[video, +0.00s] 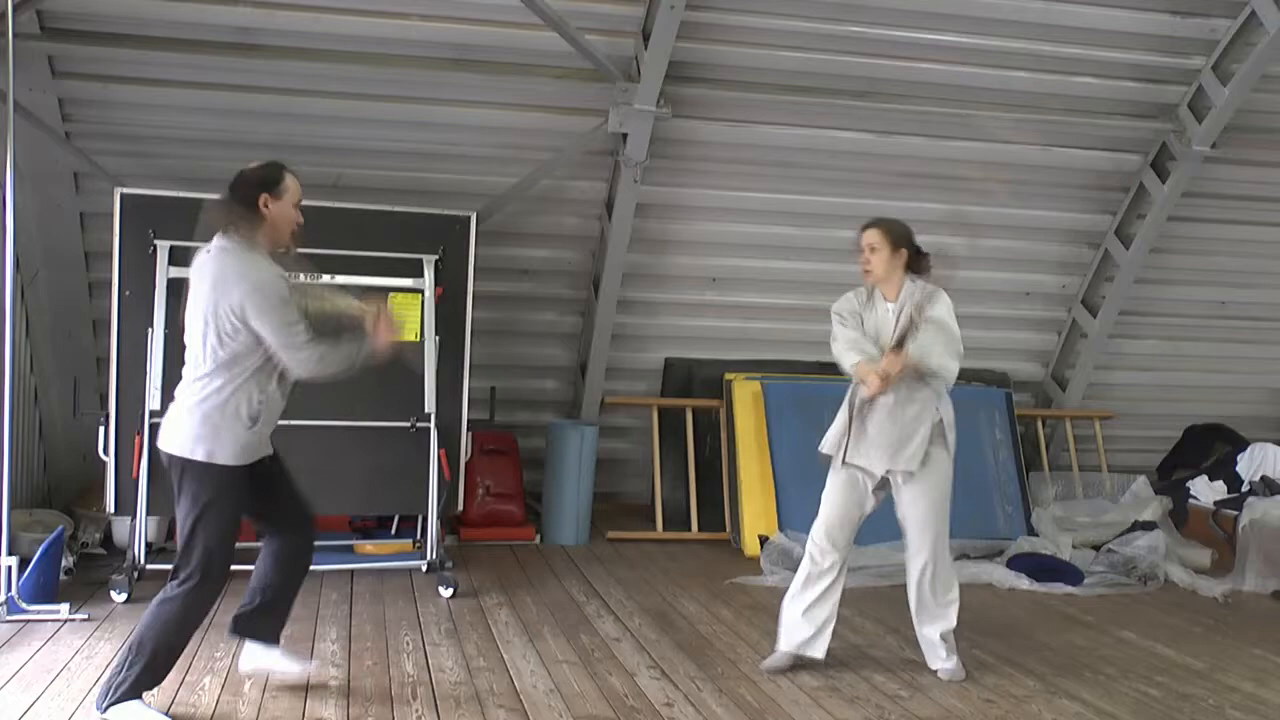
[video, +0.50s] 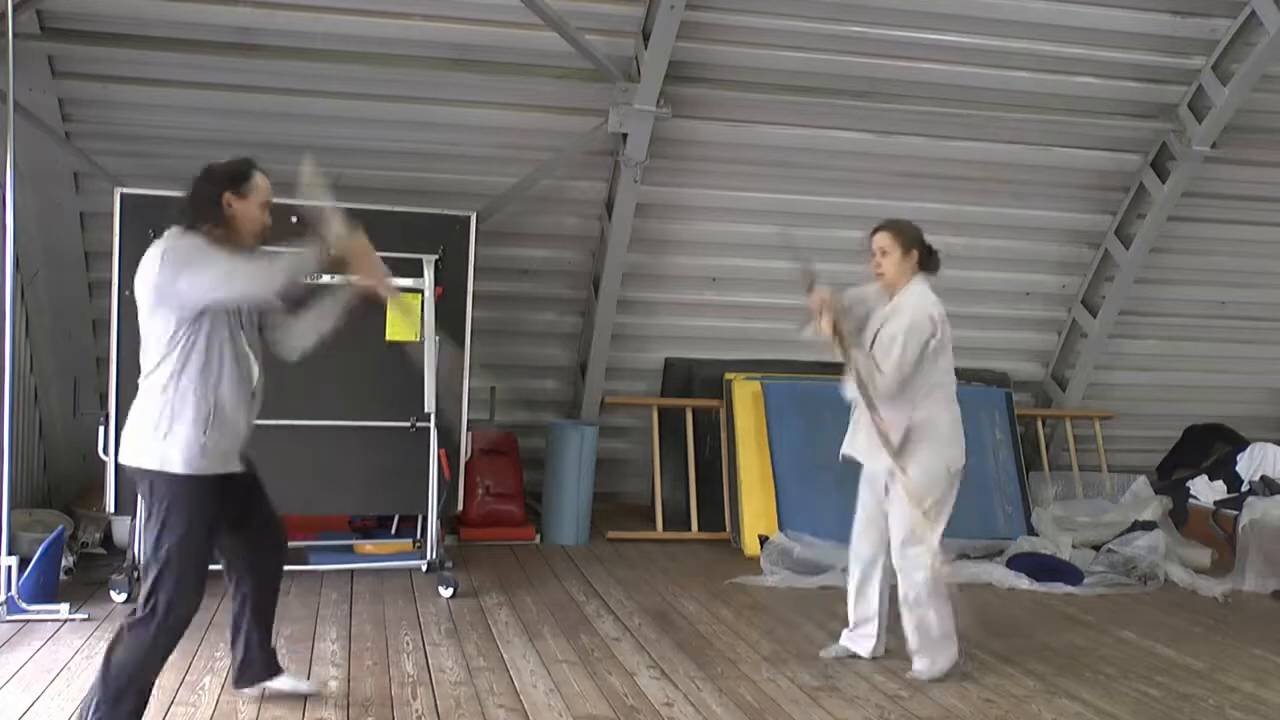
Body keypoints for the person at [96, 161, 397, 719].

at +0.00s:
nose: (301, 217)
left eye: (301, 206)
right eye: (296, 205)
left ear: (262, 204)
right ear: (266, 204)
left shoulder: (221, 255)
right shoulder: (255, 274)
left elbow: (293, 299)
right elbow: (304, 360)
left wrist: (355, 309)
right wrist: (373, 345)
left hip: (231, 438)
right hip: (213, 443)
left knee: (293, 530)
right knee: (201, 575)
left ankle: (259, 640)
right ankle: (116, 698)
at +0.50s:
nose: (270, 216)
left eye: (270, 206)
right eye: (264, 204)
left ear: (232, 205)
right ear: (229, 202)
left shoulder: (242, 272)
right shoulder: (171, 256)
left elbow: (290, 339)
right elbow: (256, 278)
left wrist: (350, 290)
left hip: (221, 455)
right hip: (170, 457)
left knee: (261, 547)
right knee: (170, 601)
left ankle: (255, 671)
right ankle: (104, 713)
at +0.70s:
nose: (266, 192)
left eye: (265, 179)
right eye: (258, 178)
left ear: (225, 183)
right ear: (225, 180)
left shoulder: (223, 252)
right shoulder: (192, 236)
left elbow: (286, 329)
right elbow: (274, 283)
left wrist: (368, 285)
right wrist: (369, 274)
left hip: (217, 439)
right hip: (173, 439)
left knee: (284, 523)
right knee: (149, 587)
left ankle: (241, 655)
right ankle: (100, 713)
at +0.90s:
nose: (281, 195)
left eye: (278, 183)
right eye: (272, 183)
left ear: (236, 191)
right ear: (243, 189)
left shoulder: (215, 252)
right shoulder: (242, 257)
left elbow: (293, 333)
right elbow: (303, 339)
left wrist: (381, 336)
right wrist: (383, 359)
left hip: (236, 456)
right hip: (217, 457)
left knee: (261, 582)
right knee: (188, 587)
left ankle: (218, 711)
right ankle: (102, 711)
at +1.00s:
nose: (300, 197)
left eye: (298, 186)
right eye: (292, 185)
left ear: (259, 188)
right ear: (262, 186)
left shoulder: (229, 246)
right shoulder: (253, 250)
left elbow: (315, 310)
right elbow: (331, 301)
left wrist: (384, 312)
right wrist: (419, 283)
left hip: (241, 439)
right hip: (248, 443)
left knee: (241, 577)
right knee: (265, 578)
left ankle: (218, 707)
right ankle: (145, 682)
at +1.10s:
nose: (338, 198)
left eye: (337, 189)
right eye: (331, 187)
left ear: (285, 189)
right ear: (306, 187)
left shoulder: (258, 234)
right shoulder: (296, 238)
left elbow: (338, 216)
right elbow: (392, 232)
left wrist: (383, 181)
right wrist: (423, 164)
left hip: (254, 433)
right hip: (296, 434)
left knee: (247, 573)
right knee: (364, 552)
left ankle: (214, 706)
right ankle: (265, 655)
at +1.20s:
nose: (377, 212)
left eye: (376, 200)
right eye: (372, 199)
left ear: (327, 190)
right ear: (351, 196)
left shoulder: (290, 230)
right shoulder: (342, 239)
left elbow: (338, 167)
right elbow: (417, 197)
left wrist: (378, 114)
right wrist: (412, 128)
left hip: (280, 431)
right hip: (327, 434)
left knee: (259, 574)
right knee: (407, 551)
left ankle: (216, 708)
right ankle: (357, 676)